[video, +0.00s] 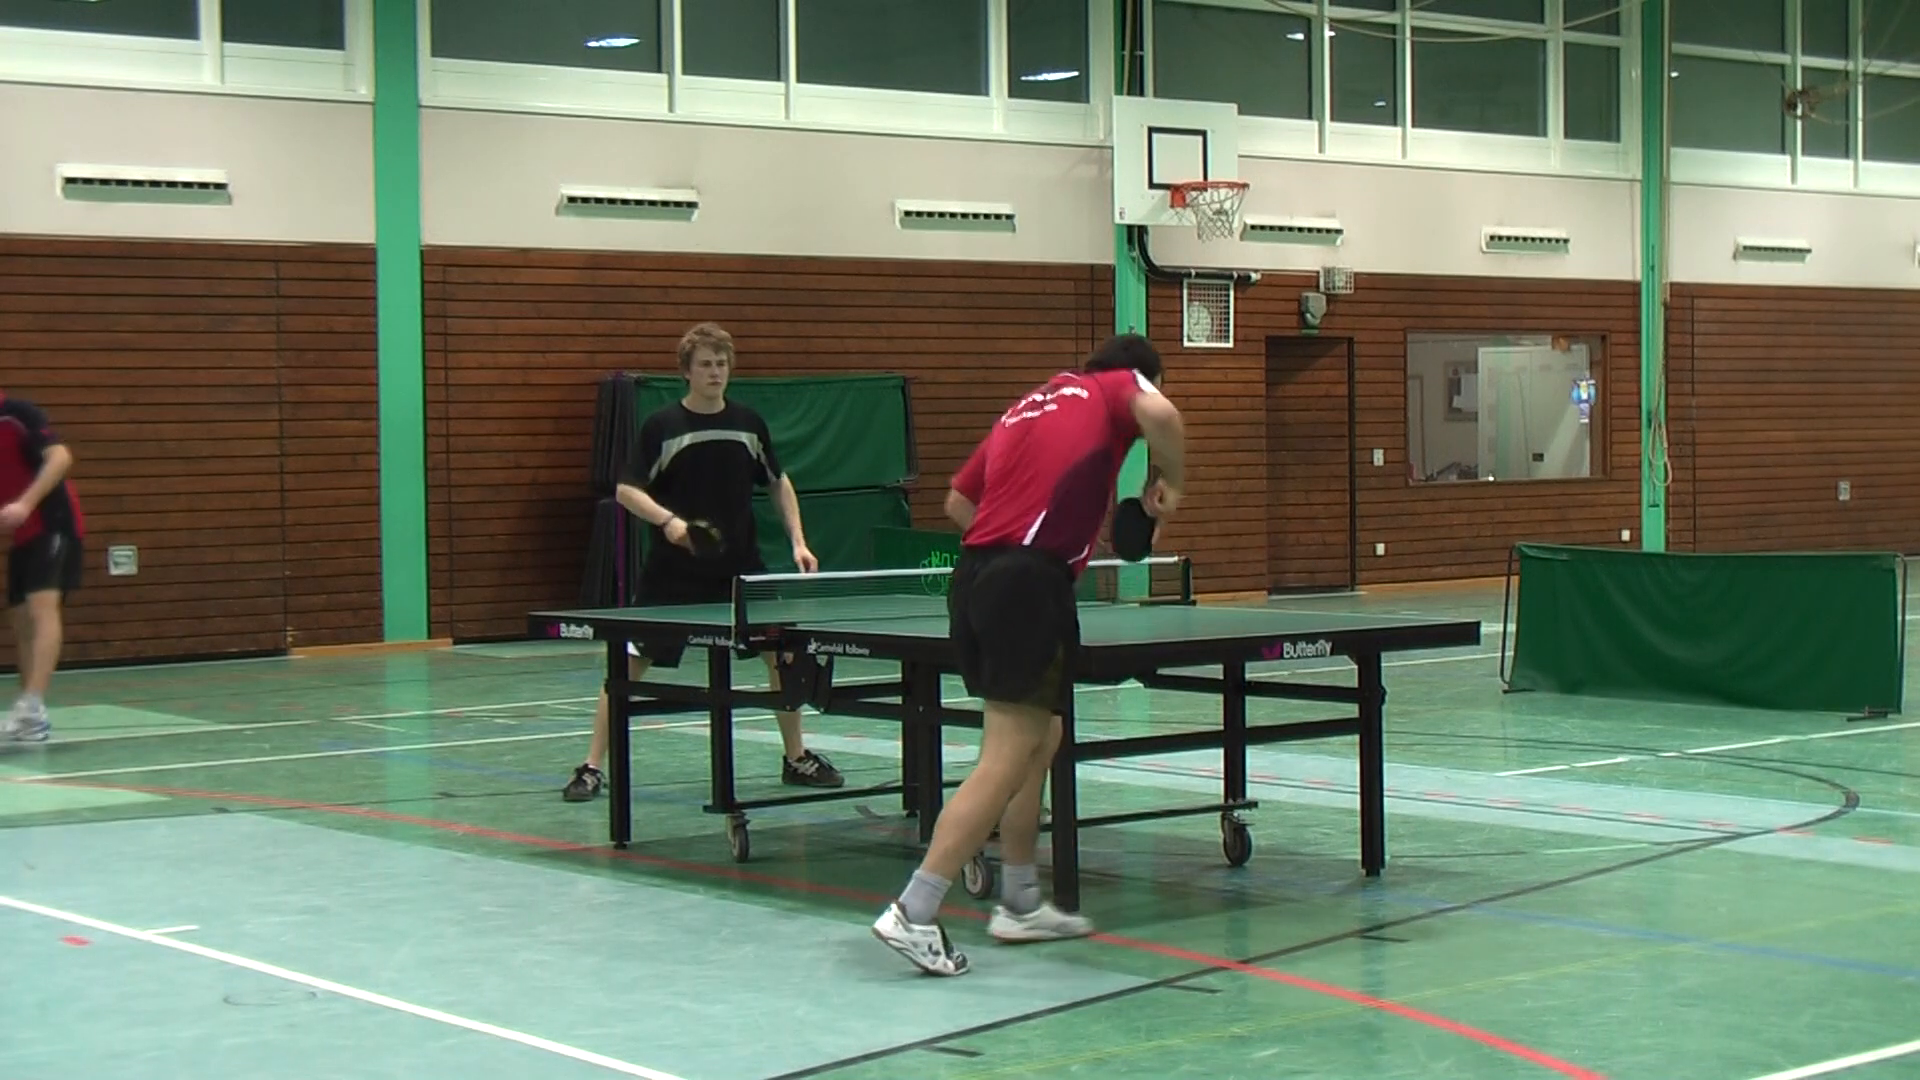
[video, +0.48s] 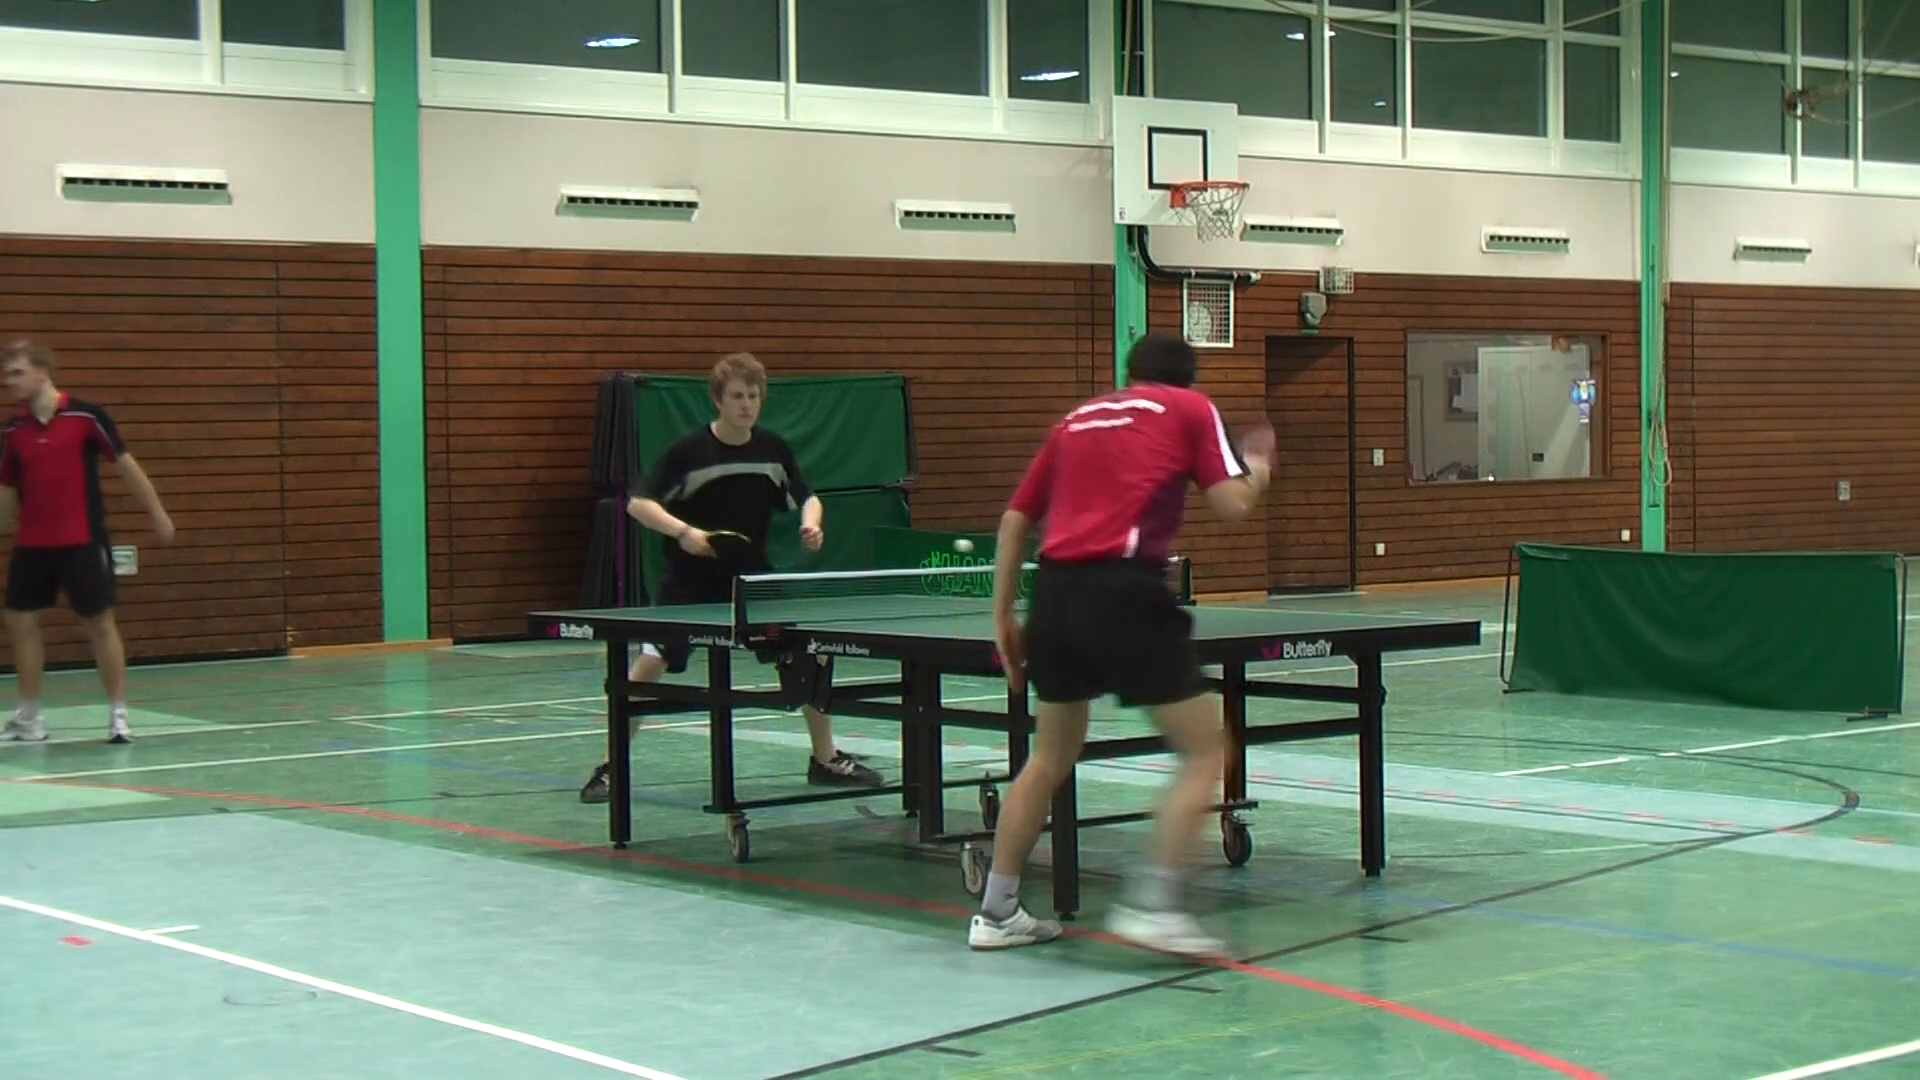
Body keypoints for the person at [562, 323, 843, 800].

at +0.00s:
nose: (716, 372)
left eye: (722, 364)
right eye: (706, 364)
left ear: (730, 369)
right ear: (686, 370)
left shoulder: (749, 423)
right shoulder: (661, 426)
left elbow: (779, 482)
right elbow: (627, 489)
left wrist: (798, 540)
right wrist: (666, 519)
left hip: (741, 567)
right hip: (676, 570)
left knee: (782, 648)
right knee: (629, 663)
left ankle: (797, 756)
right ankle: (593, 765)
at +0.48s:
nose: (746, 403)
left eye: (753, 395)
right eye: (736, 395)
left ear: (762, 399)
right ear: (717, 399)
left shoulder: (774, 449)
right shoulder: (689, 450)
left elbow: (809, 500)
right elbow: (639, 504)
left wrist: (811, 523)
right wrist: (682, 531)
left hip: (755, 582)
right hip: (692, 582)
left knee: (809, 656)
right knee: (652, 662)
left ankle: (826, 757)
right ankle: (611, 764)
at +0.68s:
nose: (763, 449)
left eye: (768, 440)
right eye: (753, 440)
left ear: (775, 442)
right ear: (733, 441)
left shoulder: (785, 485)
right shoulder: (707, 490)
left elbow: (825, 525)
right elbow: (672, 551)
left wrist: (836, 539)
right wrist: (730, 579)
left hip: (766, 606)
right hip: (703, 609)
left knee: (838, 655)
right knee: (681, 679)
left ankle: (831, 757)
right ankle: (616, 770)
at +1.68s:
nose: (579, 419)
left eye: (587, 409)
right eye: (571, 412)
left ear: (603, 410)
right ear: (558, 418)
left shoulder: (634, 460)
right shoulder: (547, 477)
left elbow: (683, 505)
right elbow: (509, 529)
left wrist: (686, 548)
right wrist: (485, 578)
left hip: (635, 596)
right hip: (568, 595)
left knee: (699, 666)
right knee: (509, 659)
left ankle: (710, 756)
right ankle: (451, 759)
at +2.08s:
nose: (421, 376)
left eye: (429, 368)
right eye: (412, 370)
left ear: (442, 372)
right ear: (398, 376)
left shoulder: (471, 419)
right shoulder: (383, 431)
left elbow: (522, 447)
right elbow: (355, 497)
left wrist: (543, 457)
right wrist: (370, 468)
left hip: (476, 559)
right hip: (414, 564)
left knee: (515, 653)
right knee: (398, 649)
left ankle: (510, 748)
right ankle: (408, 763)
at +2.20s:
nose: (394, 368)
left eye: (402, 359)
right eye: (387, 361)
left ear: (425, 359)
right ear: (381, 364)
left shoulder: (459, 410)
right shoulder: (368, 420)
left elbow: (513, 453)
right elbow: (336, 485)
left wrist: (511, 475)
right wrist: (348, 484)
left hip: (450, 552)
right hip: (392, 554)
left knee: (472, 650)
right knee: (396, 646)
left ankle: (446, 747)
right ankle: (376, 766)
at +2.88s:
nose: (264, 367)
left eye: (268, 358)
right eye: (266, 358)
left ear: (287, 362)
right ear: (296, 362)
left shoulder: (320, 410)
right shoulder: (293, 410)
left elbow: (327, 474)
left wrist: (280, 533)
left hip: (337, 548)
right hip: (306, 546)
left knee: (351, 648)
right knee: (287, 640)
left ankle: (379, 757)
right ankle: (287, 749)